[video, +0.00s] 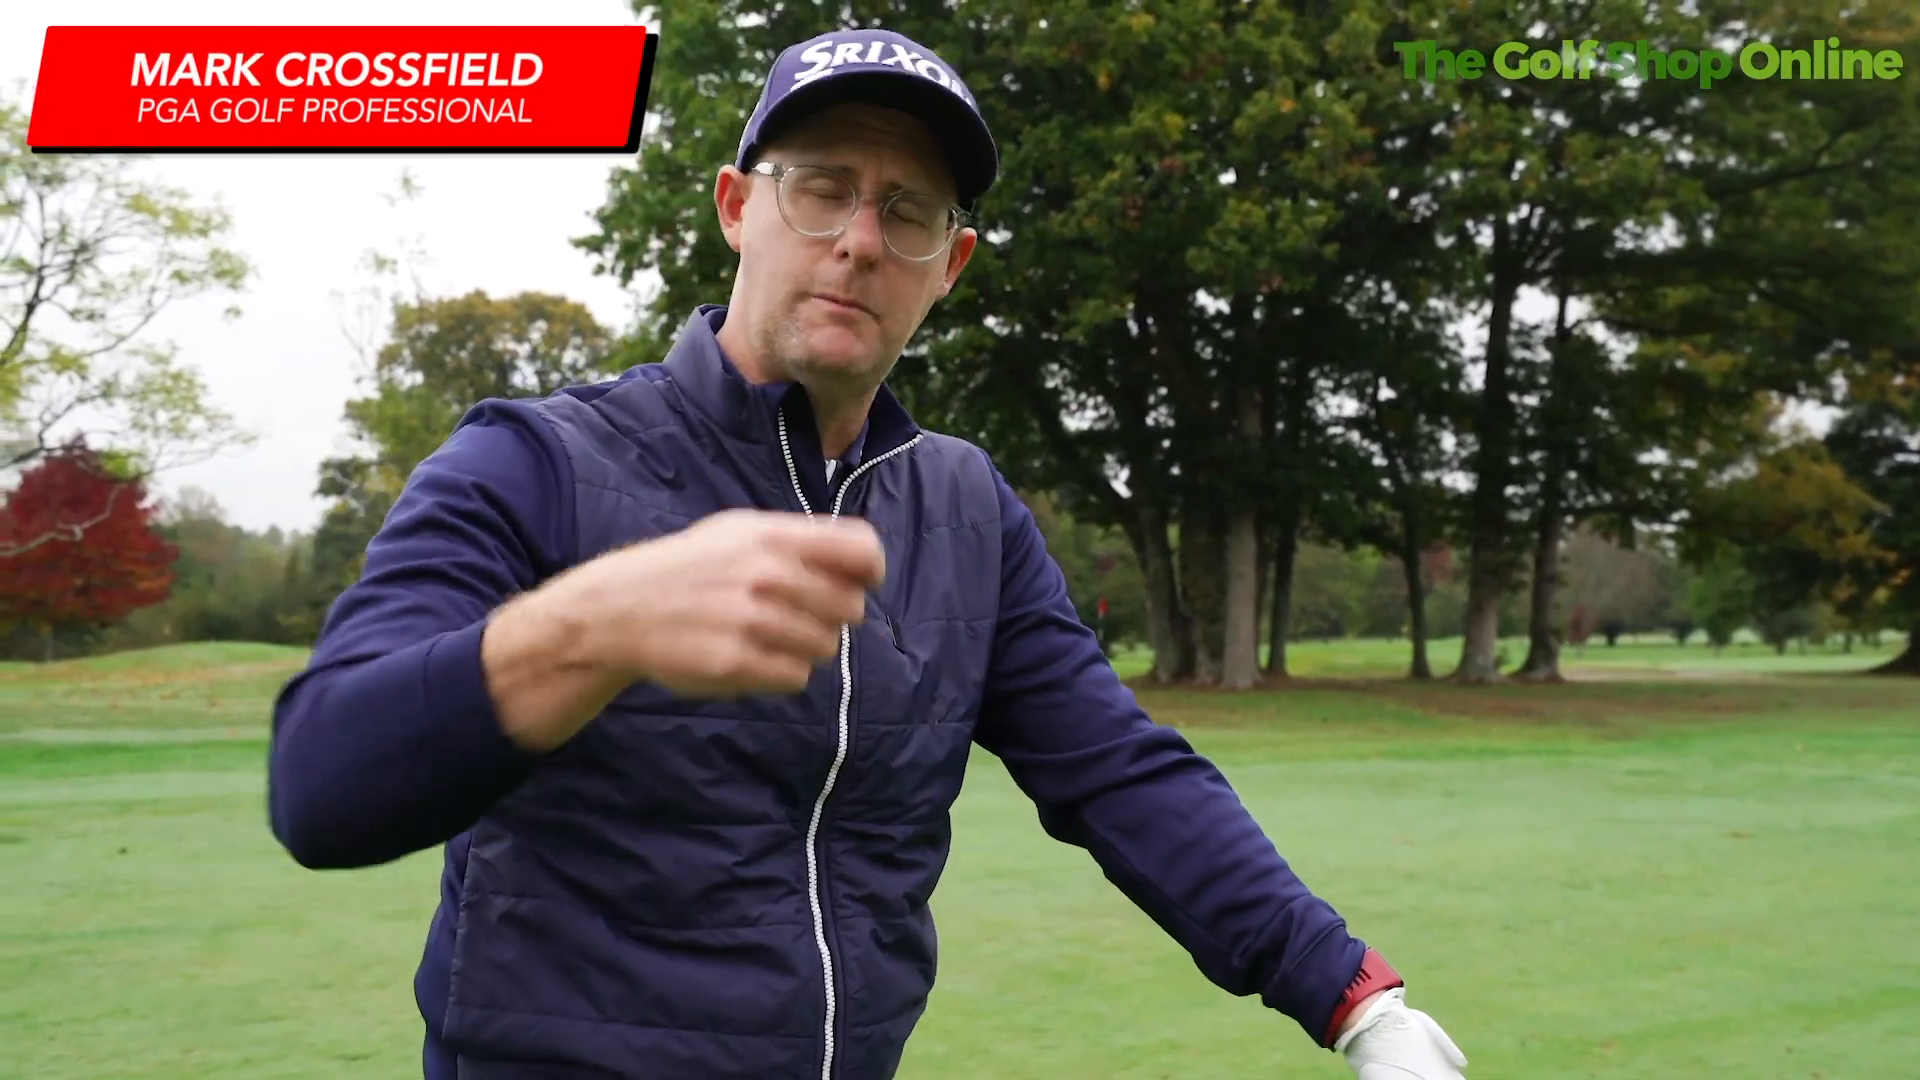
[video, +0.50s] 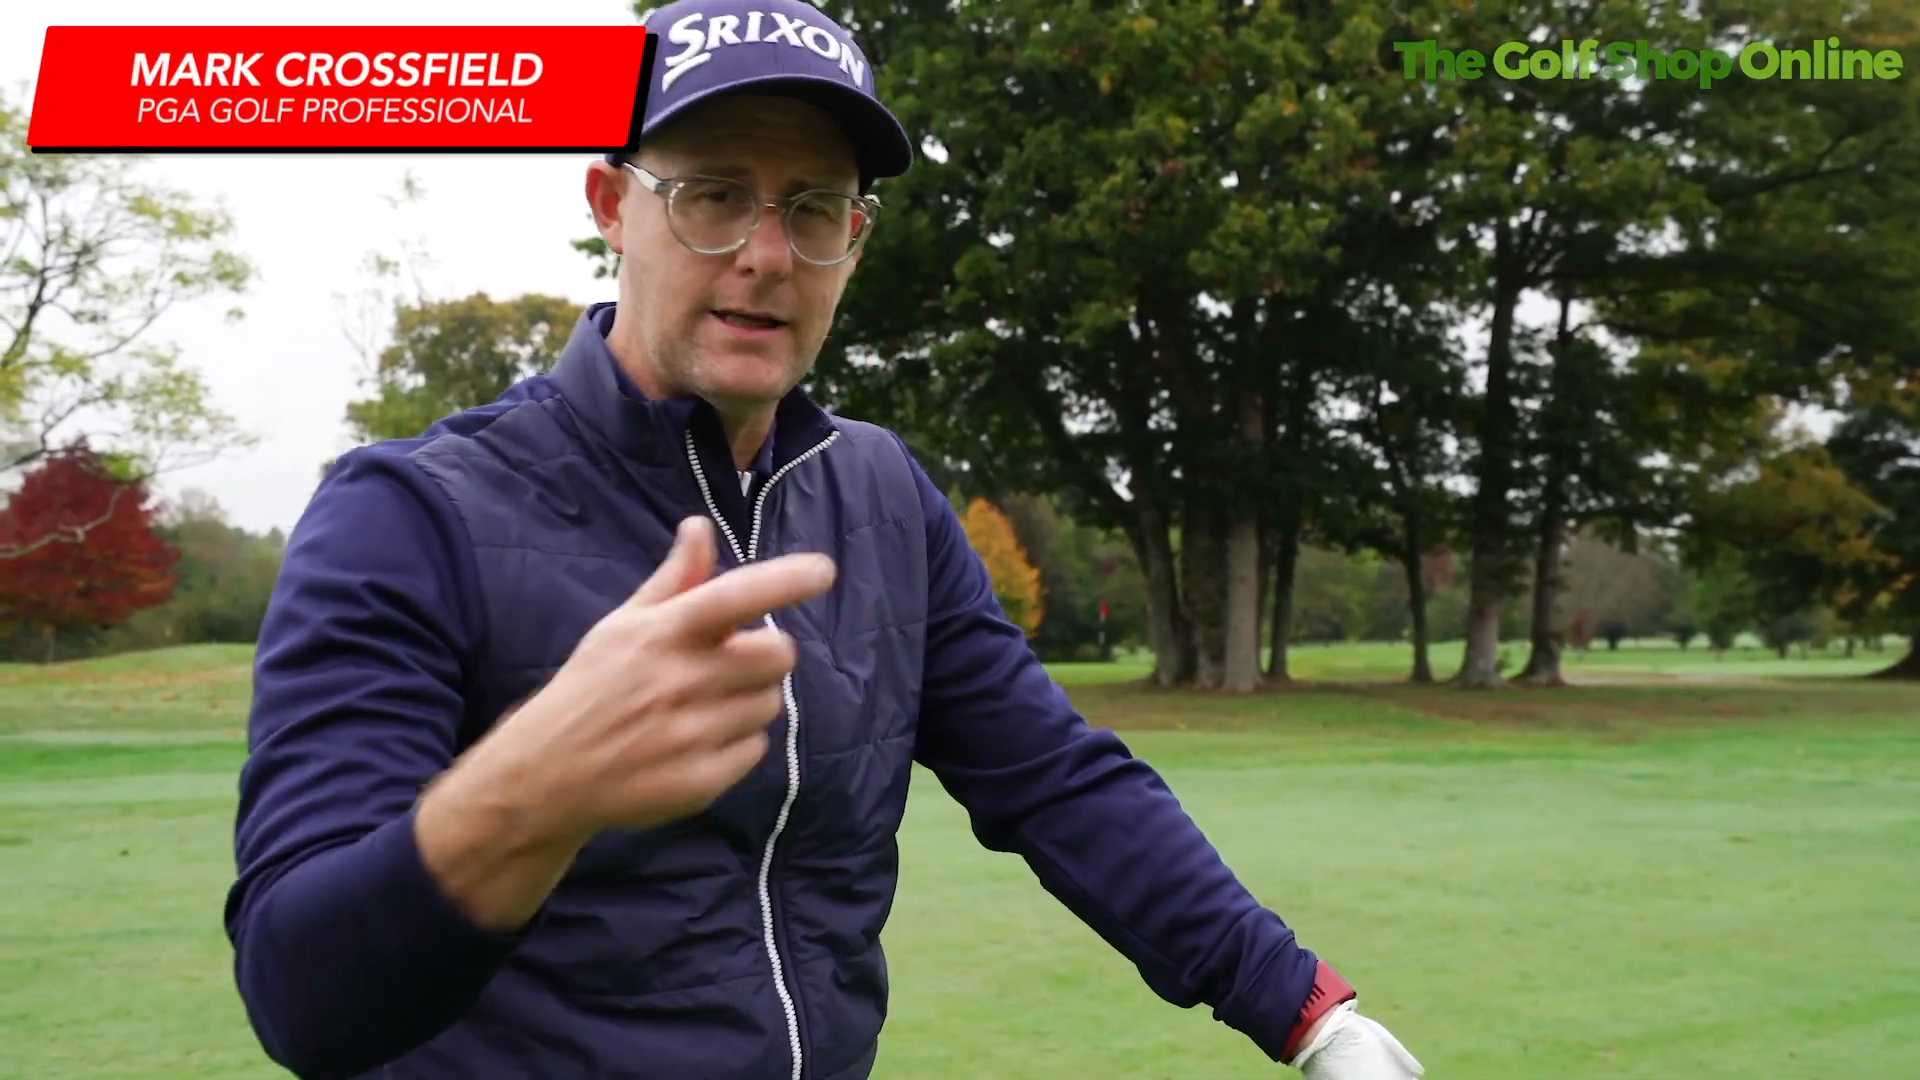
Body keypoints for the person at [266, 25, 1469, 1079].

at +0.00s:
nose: (860, 238)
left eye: (907, 210)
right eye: (822, 189)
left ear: (948, 269)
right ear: (738, 212)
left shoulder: (971, 516)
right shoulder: (539, 463)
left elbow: (1121, 775)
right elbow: (321, 798)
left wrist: (1359, 1000)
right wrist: (589, 624)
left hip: (844, 1063)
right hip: (554, 1058)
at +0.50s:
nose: (765, 249)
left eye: (810, 206)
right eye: (714, 193)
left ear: (856, 243)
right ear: (612, 210)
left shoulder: (887, 501)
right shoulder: (413, 511)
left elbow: (1063, 783)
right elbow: (302, 997)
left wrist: (1320, 1025)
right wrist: (529, 791)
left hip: (812, 1063)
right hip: (499, 1065)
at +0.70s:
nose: (728, 237)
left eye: (776, 190)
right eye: (679, 177)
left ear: (830, 226)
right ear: (582, 198)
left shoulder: (876, 492)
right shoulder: (378, 520)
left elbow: (1064, 773)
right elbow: (225, 991)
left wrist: (1317, 1025)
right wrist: (433, 954)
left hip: (806, 1068)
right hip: (509, 1070)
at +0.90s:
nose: (685, 231)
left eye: (737, 182)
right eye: (633, 170)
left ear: (793, 222)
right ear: (533, 187)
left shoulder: (854, 475)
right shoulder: (335, 531)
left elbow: (1039, 761)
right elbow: (175, 964)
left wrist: (1215, 1009)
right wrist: (286, 1053)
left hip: (813, 1058)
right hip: (494, 1065)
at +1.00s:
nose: (675, 234)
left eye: (724, 178)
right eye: (621, 176)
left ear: (787, 219)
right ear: (526, 195)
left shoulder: (843, 469)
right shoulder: (321, 541)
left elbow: (966, 750)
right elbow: (161, 960)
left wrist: (1060, 998)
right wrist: (221, 1078)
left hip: (822, 1055)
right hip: (471, 1059)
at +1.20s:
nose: (760, 359)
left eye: (804, 298)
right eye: (707, 291)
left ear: (844, 268)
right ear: (577, 233)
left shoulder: (816, 454)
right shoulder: (334, 567)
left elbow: (923, 740)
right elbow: (194, 1002)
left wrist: (1010, 976)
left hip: (819, 1061)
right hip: (498, 1065)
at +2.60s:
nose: (740, 220)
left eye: (794, 174)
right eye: (698, 163)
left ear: (863, 232)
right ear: (613, 197)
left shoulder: (891, 486)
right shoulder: (409, 490)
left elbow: (984, 801)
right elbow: (108, 888)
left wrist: (1025, 1053)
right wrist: (529, 1022)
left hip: (850, 1058)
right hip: (539, 1076)